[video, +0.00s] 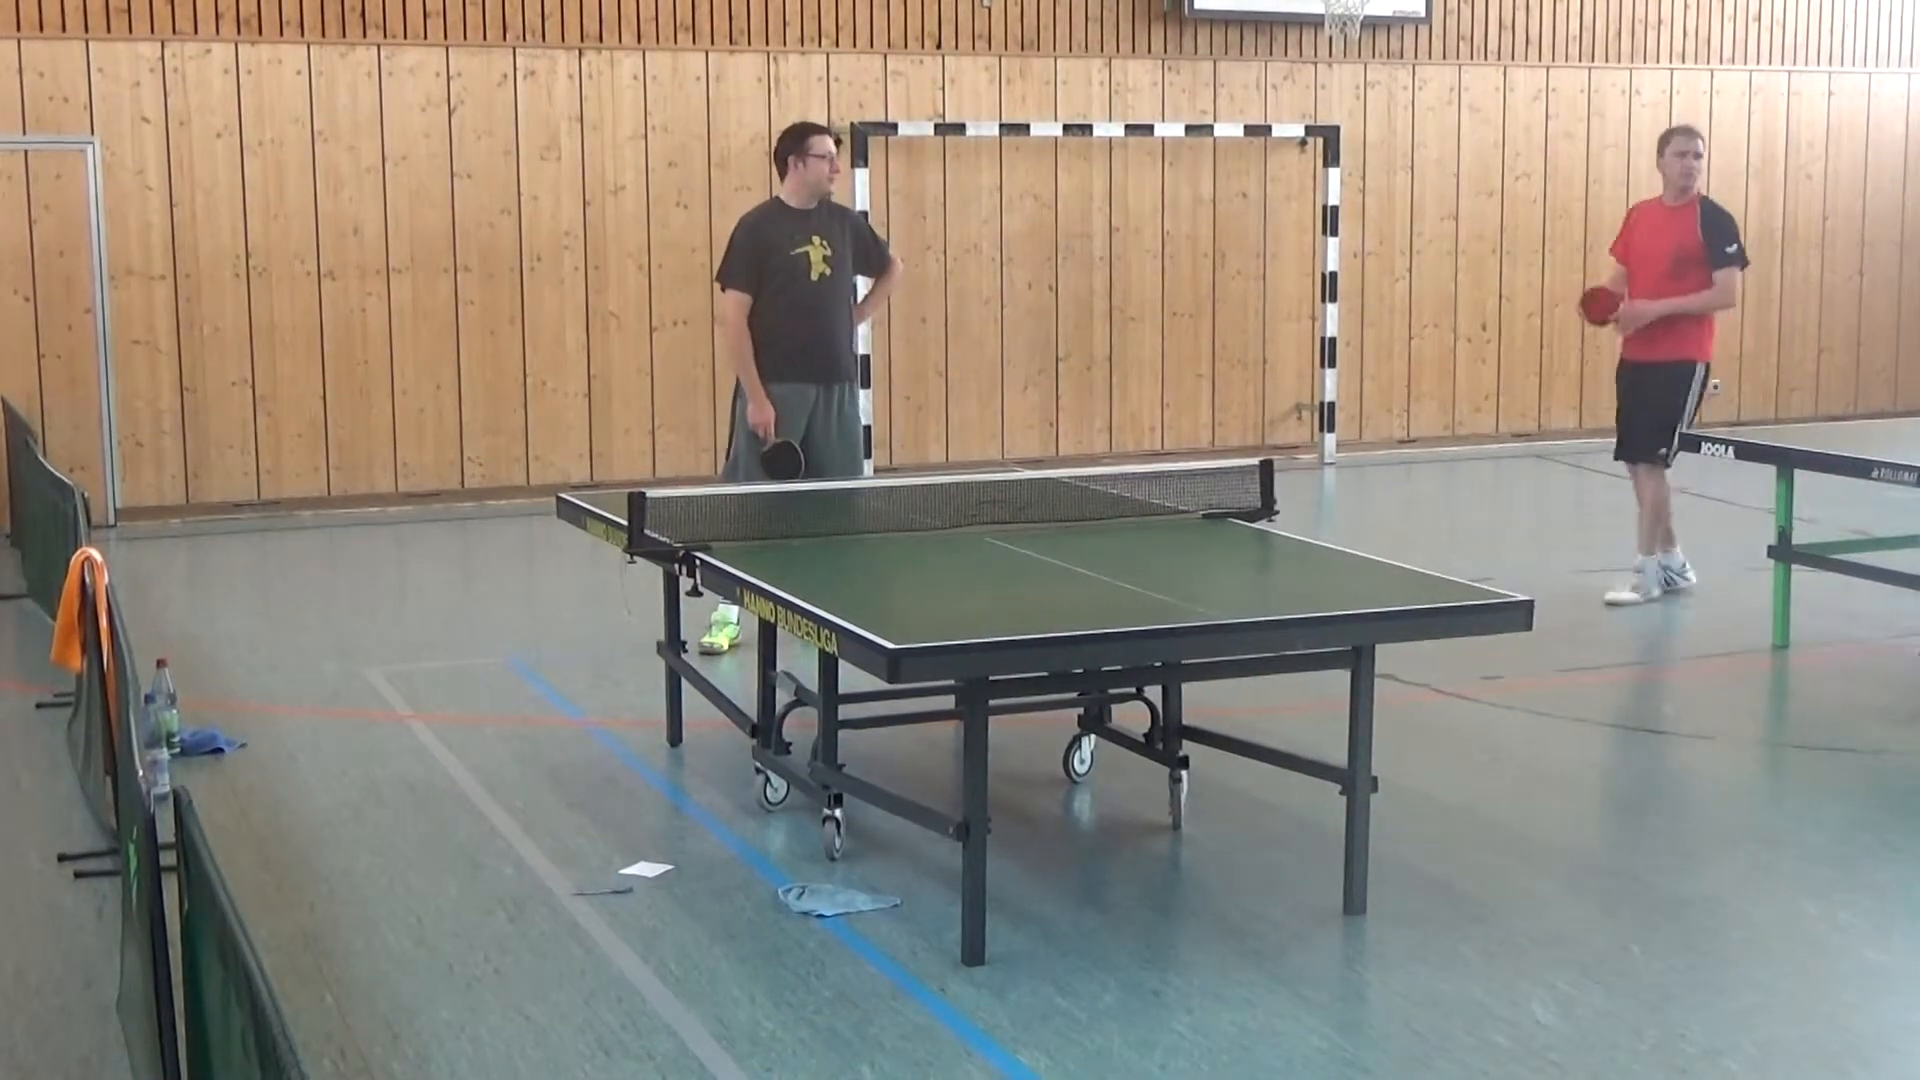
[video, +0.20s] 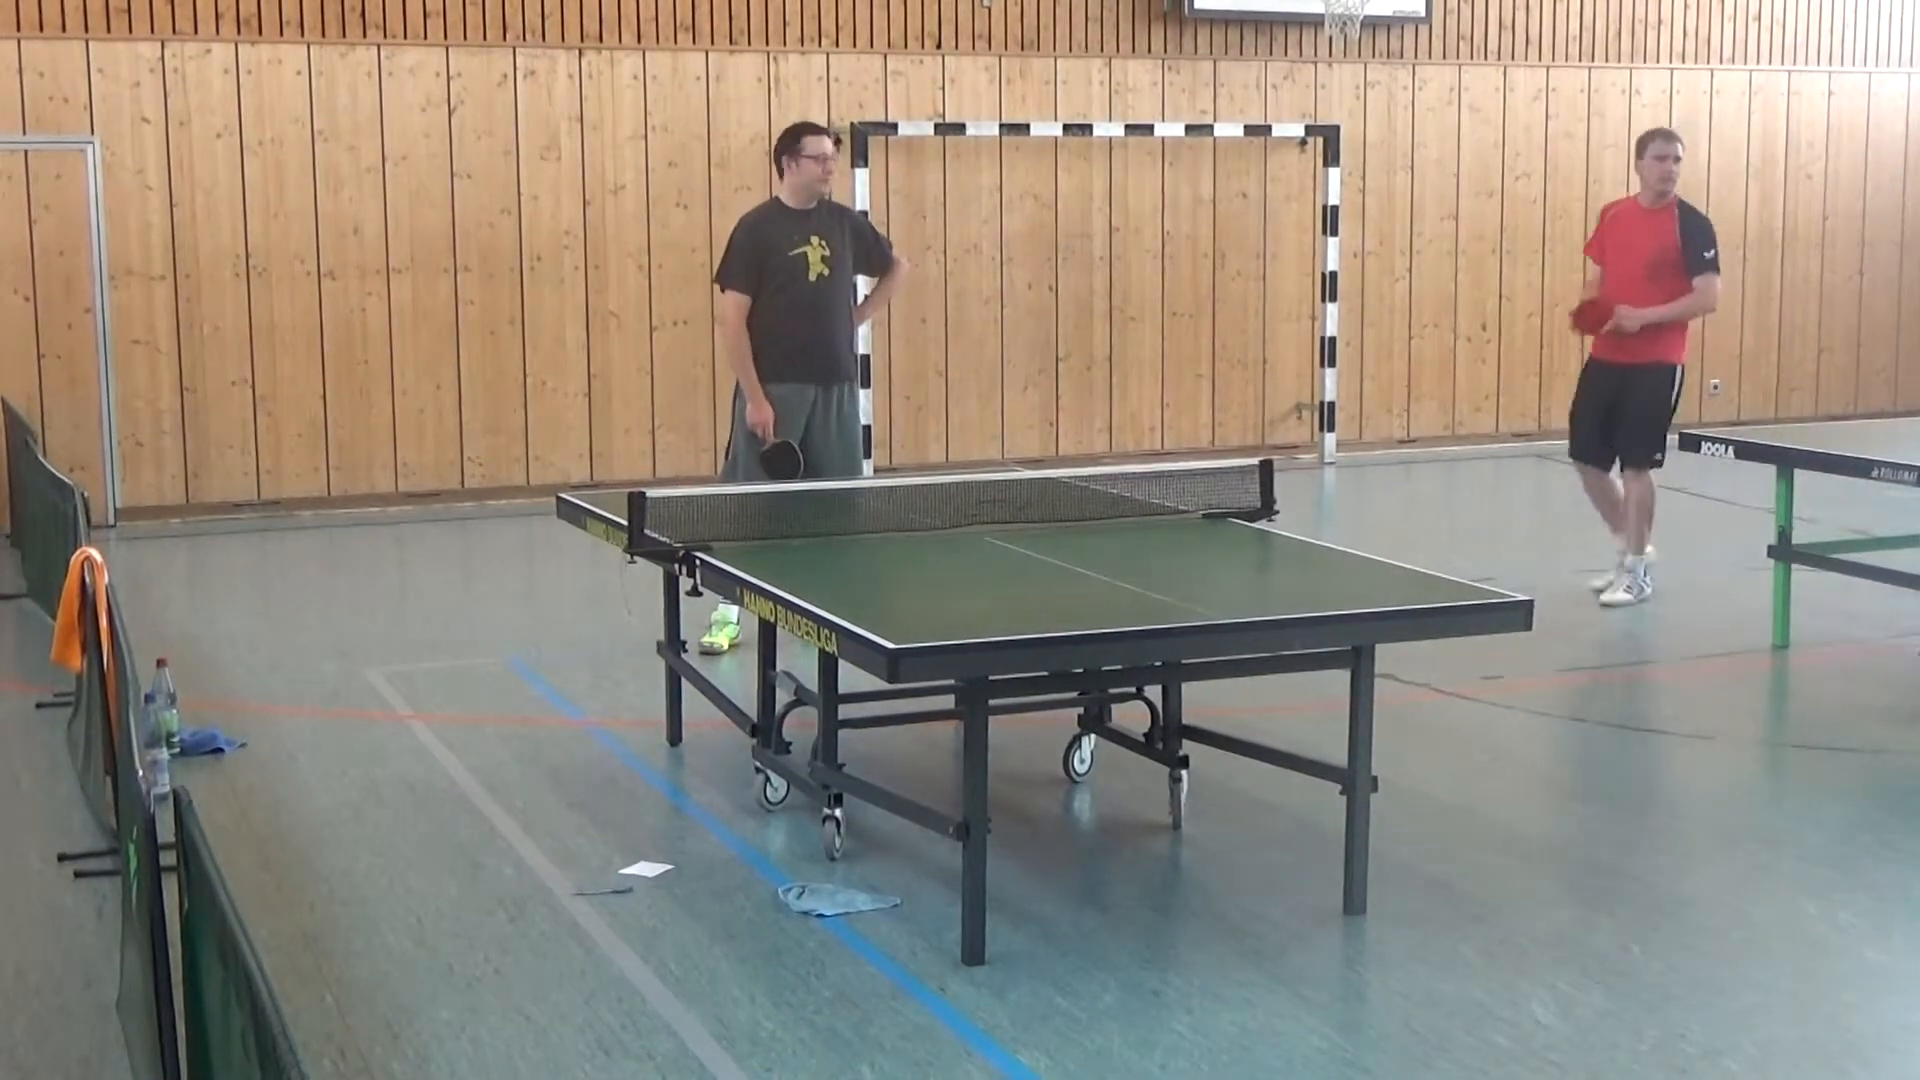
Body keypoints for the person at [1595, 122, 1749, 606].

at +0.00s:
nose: (1689, 162)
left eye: (1696, 156)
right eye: (1680, 154)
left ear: (1705, 164)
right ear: (1660, 161)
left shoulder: (1714, 219)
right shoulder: (1639, 215)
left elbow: (1727, 294)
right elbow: (1620, 279)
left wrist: (1654, 308)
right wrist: (1603, 304)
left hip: (1683, 357)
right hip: (1637, 354)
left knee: (1649, 460)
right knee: (1639, 462)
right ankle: (1673, 562)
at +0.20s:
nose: (1669, 167)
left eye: (1675, 160)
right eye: (1659, 159)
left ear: (1682, 167)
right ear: (1639, 164)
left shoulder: (1693, 224)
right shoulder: (1613, 215)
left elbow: (1707, 297)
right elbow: (1598, 280)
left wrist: (1643, 316)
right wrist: (1590, 308)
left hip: (1657, 362)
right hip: (1606, 357)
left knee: (1635, 464)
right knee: (1588, 458)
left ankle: (1634, 569)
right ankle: (1634, 544)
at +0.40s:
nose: (1646, 168)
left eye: (1649, 160)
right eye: (1636, 160)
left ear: (1652, 165)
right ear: (1611, 166)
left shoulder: (1669, 220)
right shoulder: (1579, 221)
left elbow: (1705, 283)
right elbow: (1562, 293)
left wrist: (1667, 301)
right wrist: (1559, 355)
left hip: (1653, 368)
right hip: (1596, 366)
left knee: (1647, 466)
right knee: (1576, 462)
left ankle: (1638, 570)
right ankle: (1555, 557)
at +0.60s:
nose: (1657, 165)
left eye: (1659, 157)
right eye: (1647, 157)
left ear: (1660, 165)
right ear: (1620, 164)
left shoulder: (1668, 216)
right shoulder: (1584, 219)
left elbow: (1698, 277)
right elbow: (1558, 287)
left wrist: (1700, 257)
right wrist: (1542, 351)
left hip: (1660, 362)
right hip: (1605, 364)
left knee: (1664, 461)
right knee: (1585, 462)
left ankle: (1671, 561)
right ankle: (1556, 556)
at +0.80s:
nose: (1696, 169)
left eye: (1698, 163)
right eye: (1687, 162)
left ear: (1694, 170)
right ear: (1658, 166)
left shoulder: (1695, 223)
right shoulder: (1620, 220)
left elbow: (1723, 283)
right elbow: (1577, 280)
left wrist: (1737, 259)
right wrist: (1553, 348)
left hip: (1678, 367)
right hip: (1622, 366)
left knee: (1690, 462)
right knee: (1593, 461)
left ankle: (1697, 558)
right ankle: (1555, 553)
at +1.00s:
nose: (1736, 174)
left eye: (1740, 166)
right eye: (1727, 164)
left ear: (1741, 172)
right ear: (1701, 168)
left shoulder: (1734, 222)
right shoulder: (1671, 218)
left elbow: (1731, 280)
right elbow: (1618, 271)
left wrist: (1750, 294)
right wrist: (1628, 338)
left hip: (1721, 363)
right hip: (1676, 362)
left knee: (1712, 462)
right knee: (1660, 463)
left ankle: (1702, 561)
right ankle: (1579, 543)